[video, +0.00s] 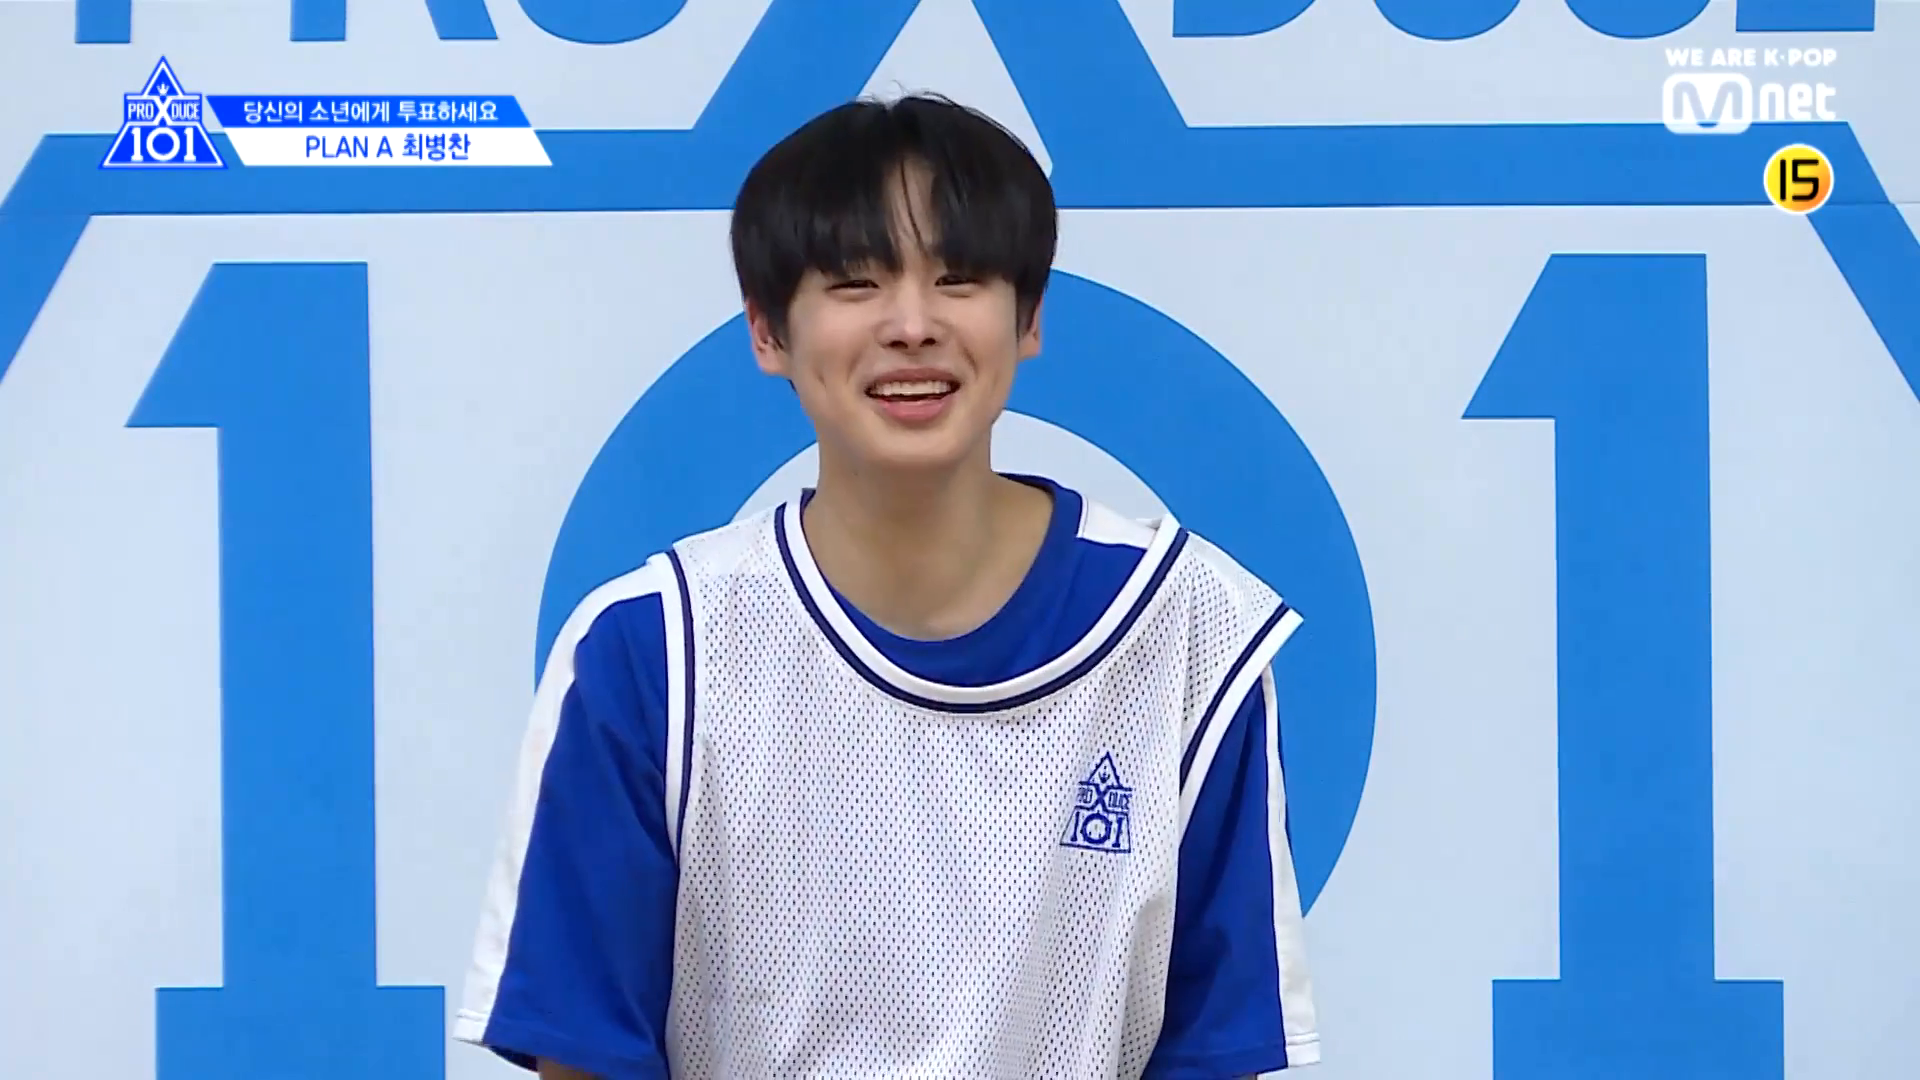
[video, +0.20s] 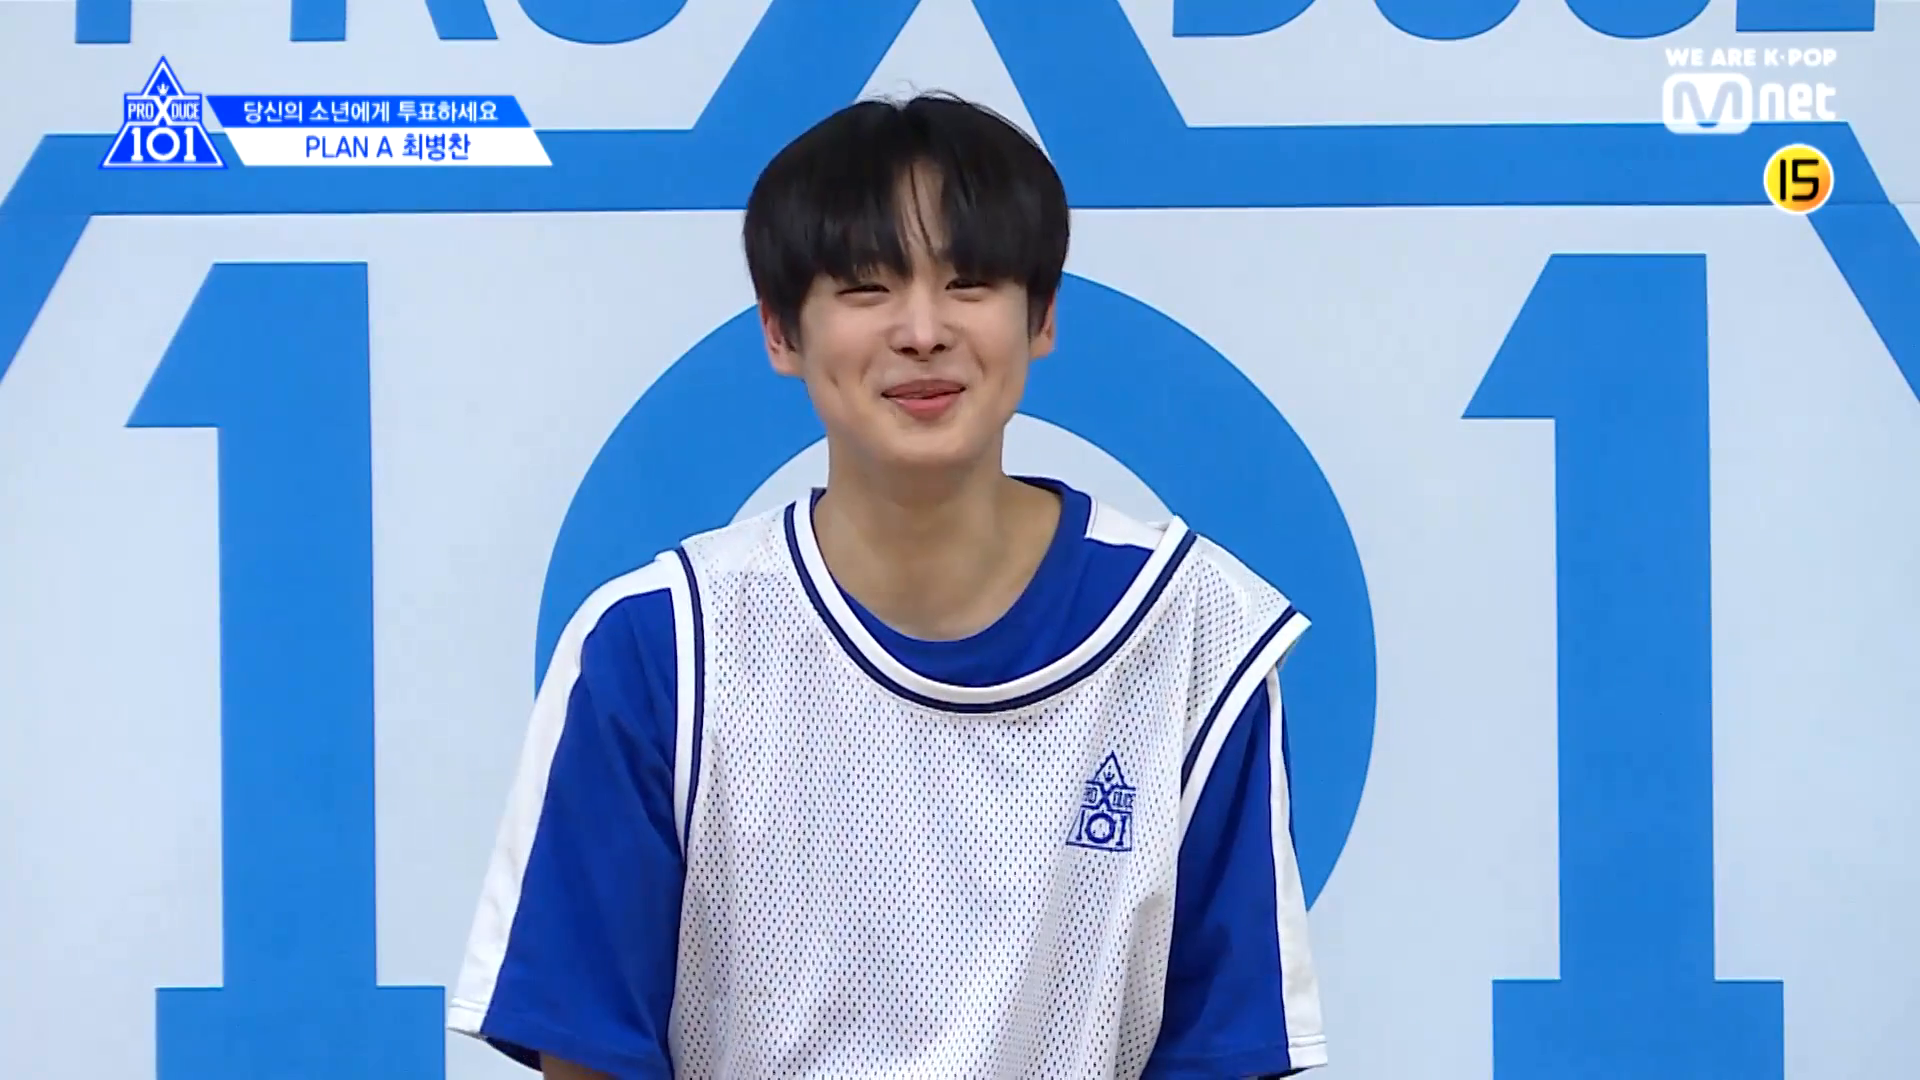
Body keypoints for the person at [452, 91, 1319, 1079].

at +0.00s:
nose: (912, 324)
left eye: (959, 280)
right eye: (855, 282)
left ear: (1026, 326)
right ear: (771, 335)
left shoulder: (1192, 635)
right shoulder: (648, 653)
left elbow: (1230, 1050)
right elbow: (571, 1046)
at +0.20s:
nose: (921, 330)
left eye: (969, 283)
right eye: (867, 286)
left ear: (1040, 324)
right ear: (785, 337)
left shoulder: (1199, 636)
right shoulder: (653, 650)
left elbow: (1230, 1052)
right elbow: (587, 1051)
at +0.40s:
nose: (939, 326)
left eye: (988, 281)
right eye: (884, 280)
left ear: (1055, 324)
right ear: (802, 325)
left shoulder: (1210, 637)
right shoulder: (658, 637)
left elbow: (1229, 1050)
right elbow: (593, 1043)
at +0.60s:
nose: (945, 329)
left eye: (995, 283)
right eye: (893, 281)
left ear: (1062, 324)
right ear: (809, 324)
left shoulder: (1213, 628)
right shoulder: (664, 633)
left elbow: (1217, 1049)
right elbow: (600, 1043)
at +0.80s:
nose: (947, 324)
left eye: (996, 279)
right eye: (893, 278)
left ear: (1064, 319)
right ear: (811, 323)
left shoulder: (1218, 625)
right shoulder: (670, 630)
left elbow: (1221, 1048)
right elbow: (608, 1041)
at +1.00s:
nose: (954, 325)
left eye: (1004, 279)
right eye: (900, 278)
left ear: (1069, 318)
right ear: (815, 318)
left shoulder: (1221, 626)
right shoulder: (672, 633)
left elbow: (1222, 1051)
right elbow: (613, 1046)